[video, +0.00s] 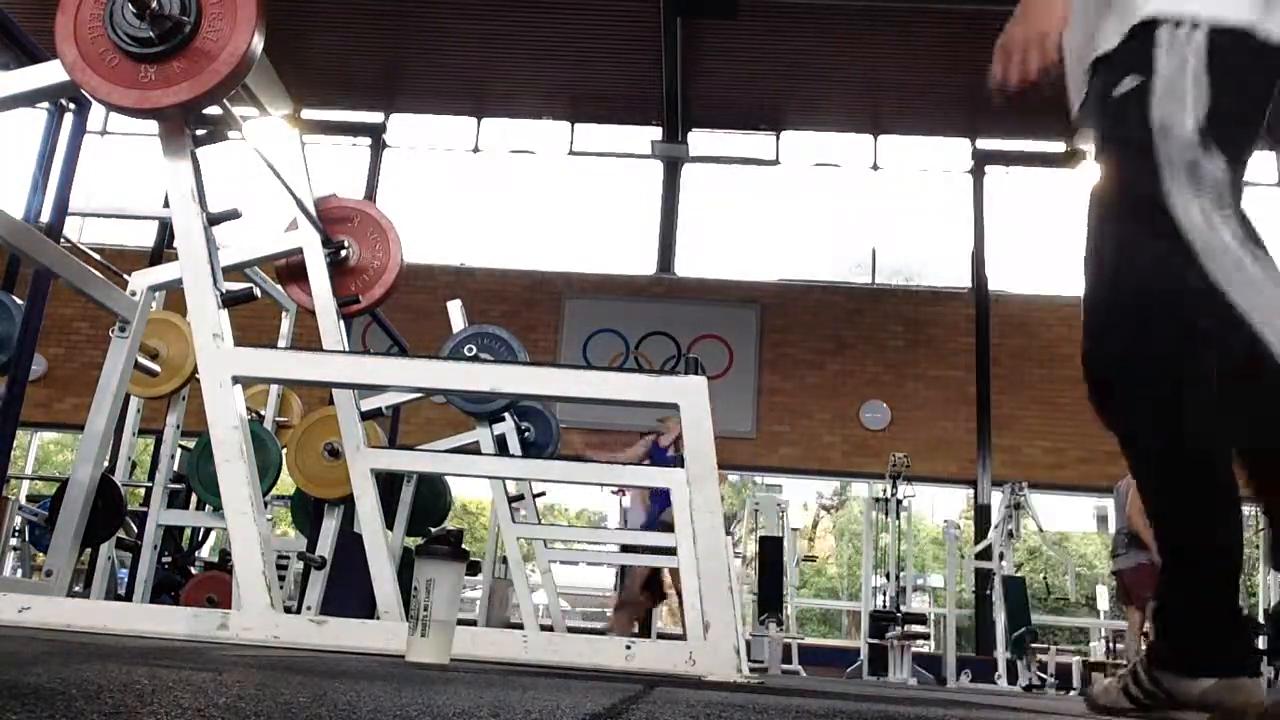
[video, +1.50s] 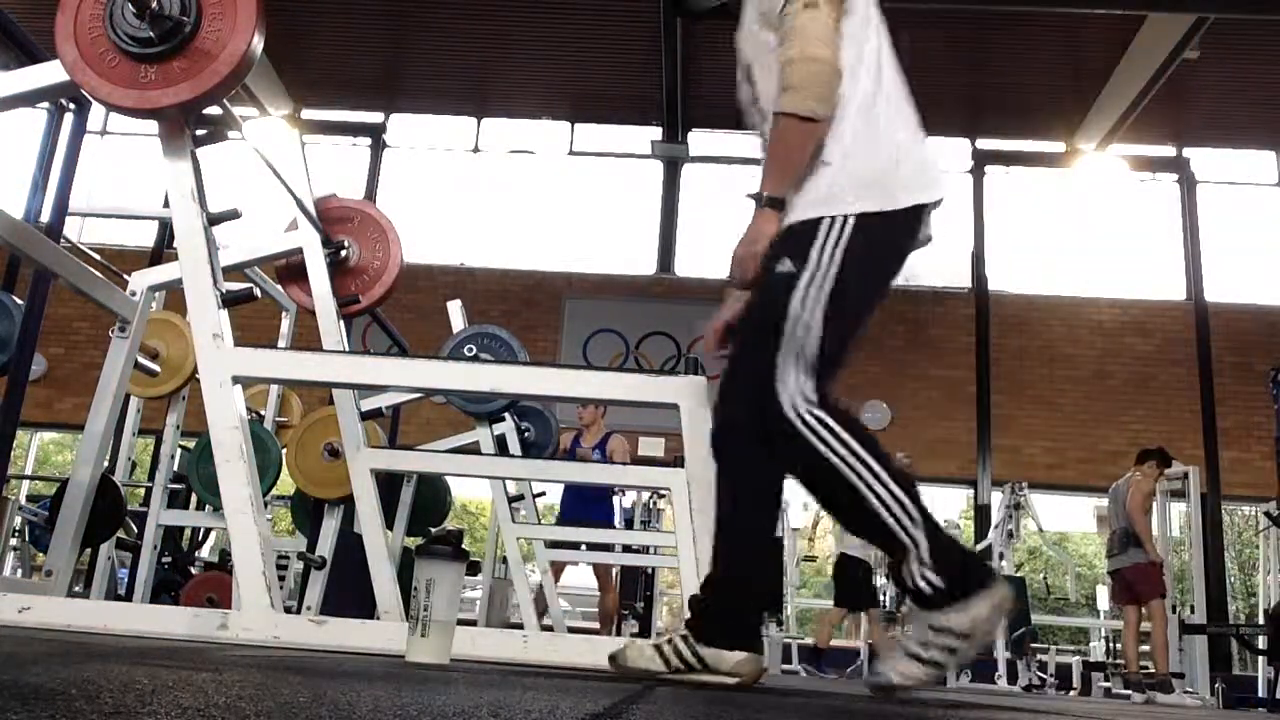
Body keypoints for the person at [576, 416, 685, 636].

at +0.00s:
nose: (667, 427)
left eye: (673, 423)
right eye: (666, 423)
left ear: (683, 425)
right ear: (663, 425)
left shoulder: (692, 447)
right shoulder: (653, 442)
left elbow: (720, 477)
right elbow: (625, 457)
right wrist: (590, 454)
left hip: (684, 521)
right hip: (657, 518)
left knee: (682, 581)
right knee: (638, 572)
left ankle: (693, 633)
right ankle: (620, 623)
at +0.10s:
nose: (642, 407)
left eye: (647, 402)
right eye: (642, 402)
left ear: (663, 407)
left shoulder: (677, 435)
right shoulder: (635, 441)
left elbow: (696, 473)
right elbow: (605, 455)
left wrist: (679, 508)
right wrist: (571, 453)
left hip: (668, 521)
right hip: (637, 520)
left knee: (678, 588)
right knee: (623, 582)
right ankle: (603, 638)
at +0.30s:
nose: (607, 407)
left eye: (613, 402)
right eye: (608, 402)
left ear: (629, 407)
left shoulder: (654, 434)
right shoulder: (603, 441)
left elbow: (675, 473)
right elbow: (576, 460)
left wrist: (671, 504)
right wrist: (568, 457)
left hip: (649, 518)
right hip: (616, 518)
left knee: (652, 580)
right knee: (604, 580)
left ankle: (671, 634)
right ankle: (597, 639)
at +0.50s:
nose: (590, 407)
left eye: (596, 403)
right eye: (591, 403)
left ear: (612, 406)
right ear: (601, 409)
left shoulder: (638, 432)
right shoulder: (586, 439)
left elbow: (660, 469)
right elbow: (559, 463)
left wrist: (653, 498)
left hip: (634, 516)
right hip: (602, 516)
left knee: (631, 577)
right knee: (597, 579)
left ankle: (638, 630)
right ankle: (595, 639)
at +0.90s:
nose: (594, 410)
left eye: (599, 406)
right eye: (593, 406)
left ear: (614, 409)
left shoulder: (635, 438)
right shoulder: (584, 435)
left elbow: (650, 475)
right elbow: (556, 455)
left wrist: (632, 496)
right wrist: (574, 447)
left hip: (617, 518)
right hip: (588, 516)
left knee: (611, 580)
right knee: (588, 579)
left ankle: (604, 638)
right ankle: (592, 640)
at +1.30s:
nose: (591, 412)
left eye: (597, 408)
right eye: (590, 408)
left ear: (613, 411)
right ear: (590, 412)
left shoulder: (628, 443)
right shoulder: (581, 438)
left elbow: (638, 482)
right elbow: (556, 461)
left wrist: (616, 491)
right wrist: (580, 471)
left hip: (611, 520)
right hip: (579, 516)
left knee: (610, 581)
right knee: (563, 575)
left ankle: (607, 637)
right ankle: (556, 628)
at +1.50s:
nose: (579, 412)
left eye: (585, 407)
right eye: (579, 407)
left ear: (600, 411)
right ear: (579, 412)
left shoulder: (615, 442)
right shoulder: (567, 438)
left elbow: (622, 481)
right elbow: (549, 467)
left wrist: (593, 462)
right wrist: (563, 458)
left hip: (599, 519)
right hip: (569, 515)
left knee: (604, 579)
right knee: (552, 573)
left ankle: (606, 635)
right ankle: (530, 625)